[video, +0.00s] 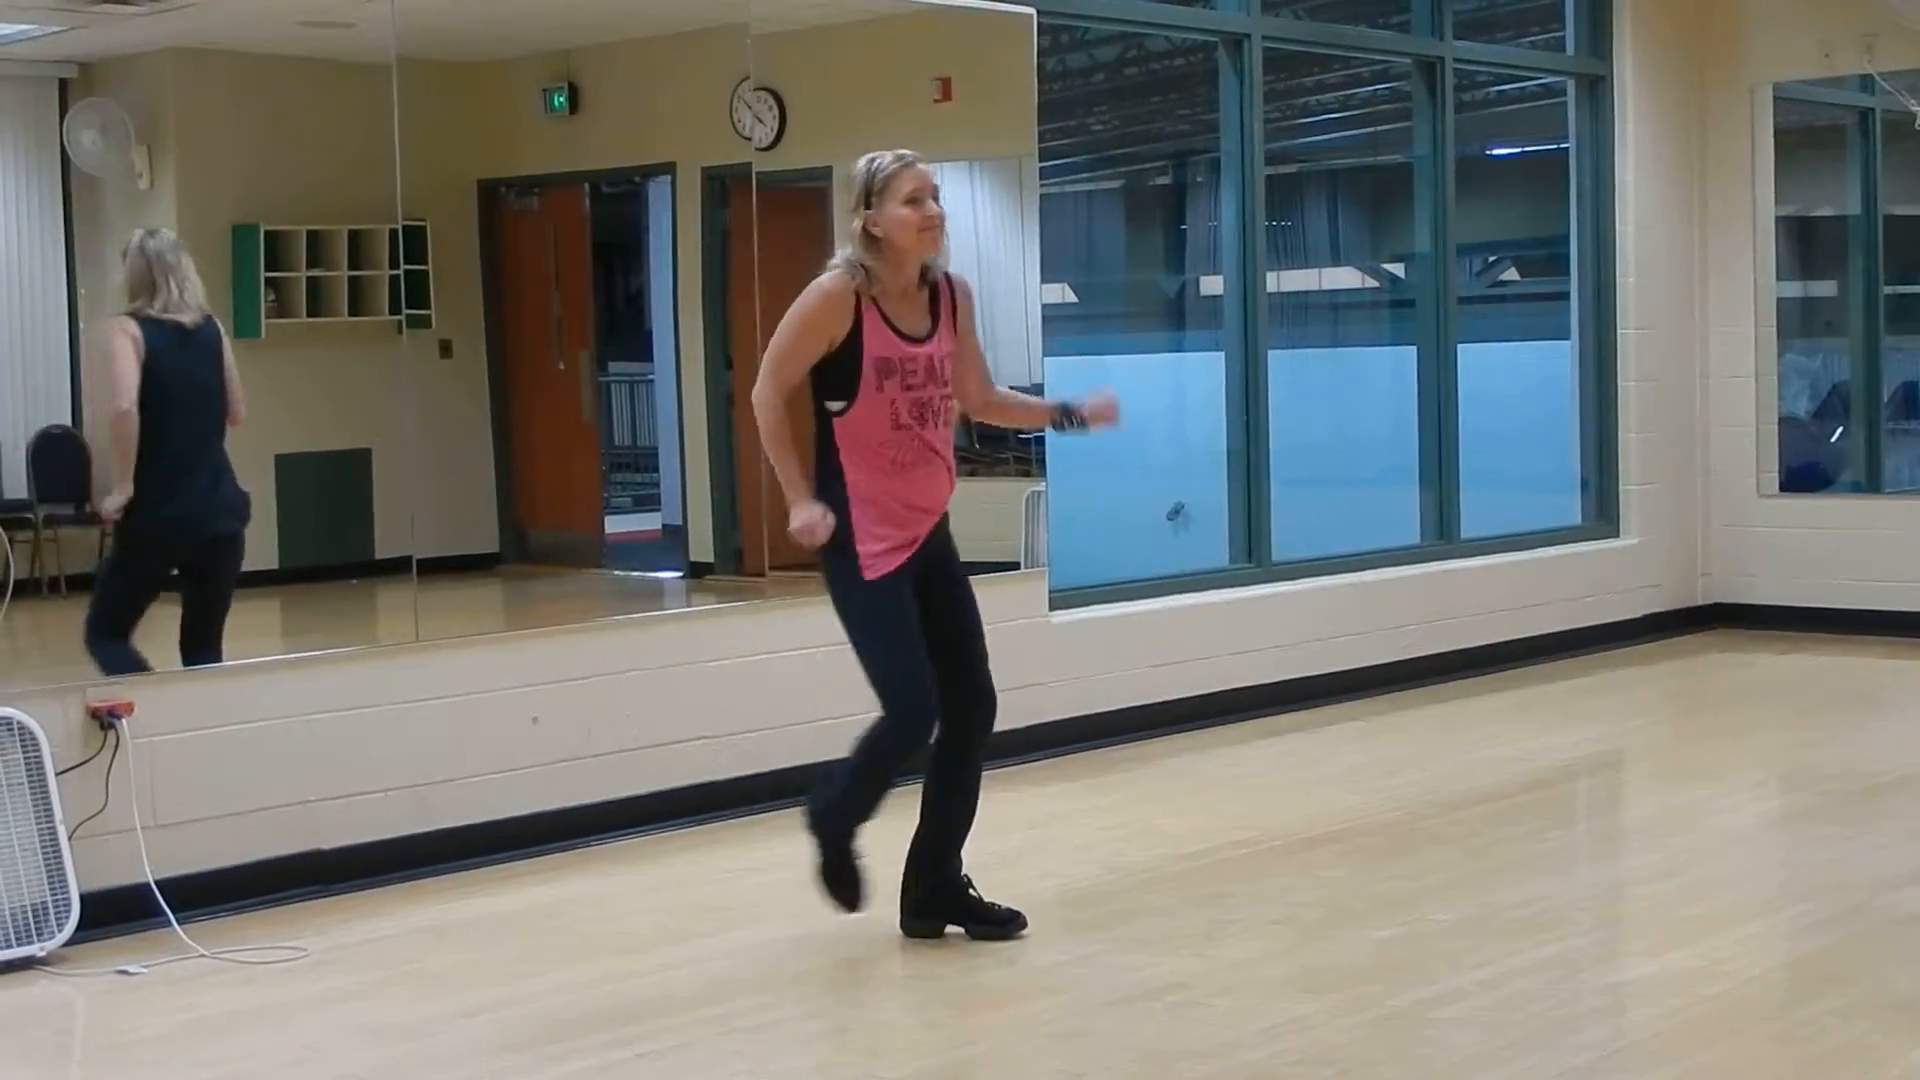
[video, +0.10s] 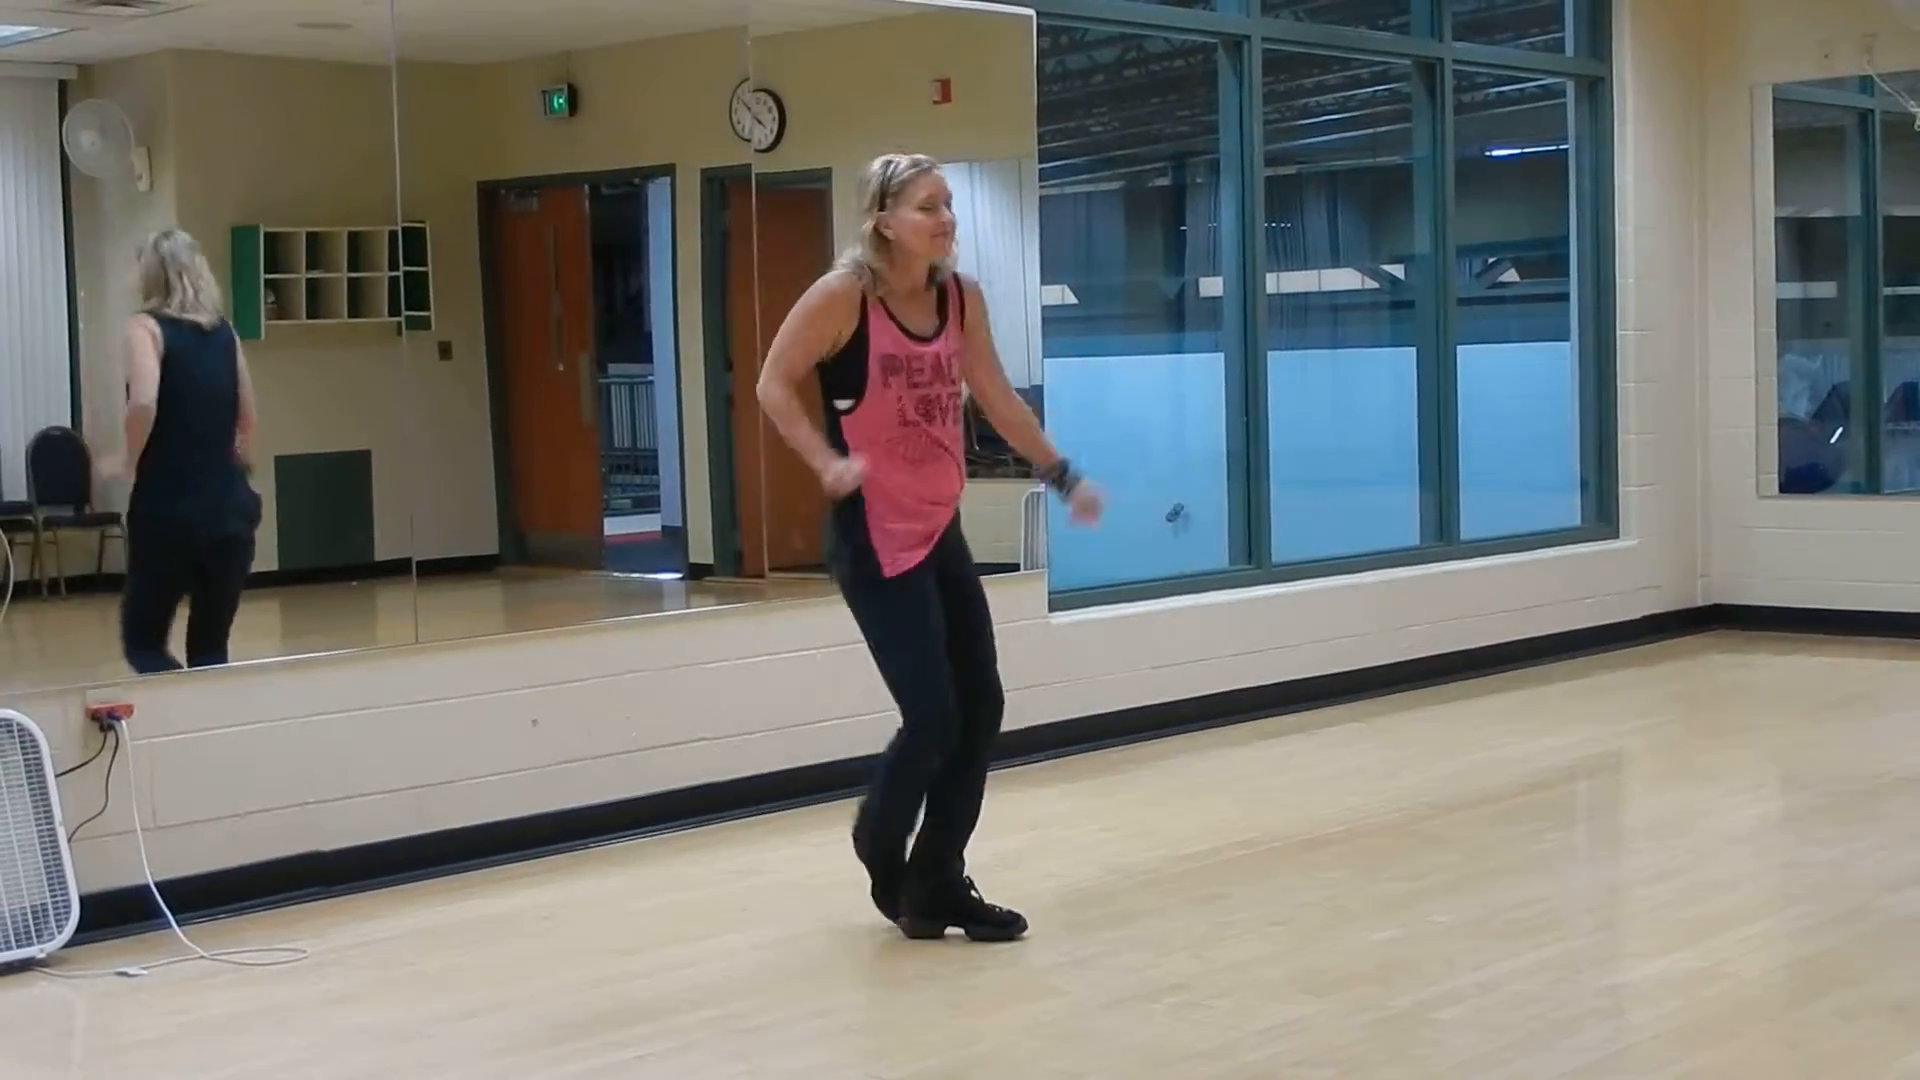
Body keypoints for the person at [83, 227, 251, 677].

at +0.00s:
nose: (123, 275)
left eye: (126, 267)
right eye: (125, 267)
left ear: (135, 274)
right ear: (185, 272)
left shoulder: (124, 330)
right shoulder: (212, 328)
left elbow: (124, 407)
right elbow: (235, 412)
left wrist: (122, 488)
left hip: (159, 513)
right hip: (221, 510)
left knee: (105, 635)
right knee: (203, 648)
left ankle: (163, 715)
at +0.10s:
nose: (138, 277)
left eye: (141, 269)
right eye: (139, 268)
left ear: (152, 275)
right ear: (200, 273)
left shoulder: (146, 326)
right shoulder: (225, 333)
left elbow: (144, 403)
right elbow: (246, 417)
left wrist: (127, 463)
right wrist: (235, 465)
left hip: (168, 506)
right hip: (230, 506)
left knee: (143, 644)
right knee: (209, 647)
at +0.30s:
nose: (165, 271)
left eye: (169, 262)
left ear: (174, 266)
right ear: (228, 264)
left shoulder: (169, 315)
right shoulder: (259, 326)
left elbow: (138, 401)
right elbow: (284, 405)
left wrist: (100, 410)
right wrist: (294, 474)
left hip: (194, 500)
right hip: (258, 497)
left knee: (200, 637)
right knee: (246, 631)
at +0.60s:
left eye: (212, 259)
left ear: (216, 264)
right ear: (270, 263)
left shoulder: (205, 321)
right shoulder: (299, 319)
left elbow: (164, 404)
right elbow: (367, 362)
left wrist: (133, 464)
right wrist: (331, 416)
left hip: (233, 490)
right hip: (295, 485)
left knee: (247, 637)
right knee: (313, 620)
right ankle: (365, 716)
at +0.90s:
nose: (257, 272)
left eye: (262, 264)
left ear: (271, 270)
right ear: (322, 274)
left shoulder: (264, 321)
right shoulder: (336, 334)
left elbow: (263, 392)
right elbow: (338, 417)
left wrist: (257, 469)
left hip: (300, 494)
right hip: (354, 493)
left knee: (211, 599)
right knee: (343, 628)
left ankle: (255, 708)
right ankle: (365, 725)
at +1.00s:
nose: (272, 278)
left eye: (277, 270)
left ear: (282, 275)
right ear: (335, 281)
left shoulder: (277, 324)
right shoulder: (338, 339)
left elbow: (281, 395)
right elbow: (336, 424)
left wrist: (280, 472)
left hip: (314, 502)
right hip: (363, 502)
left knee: (217, 592)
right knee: (336, 632)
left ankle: (274, 694)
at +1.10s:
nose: (277, 282)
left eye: (283, 275)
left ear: (289, 282)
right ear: (341, 287)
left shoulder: (286, 329)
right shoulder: (341, 346)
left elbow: (293, 405)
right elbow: (338, 431)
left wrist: (293, 486)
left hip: (316, 509)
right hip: (361, 509)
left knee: (231, 607)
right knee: (333, 633)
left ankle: (287, 706)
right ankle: (362, 719)